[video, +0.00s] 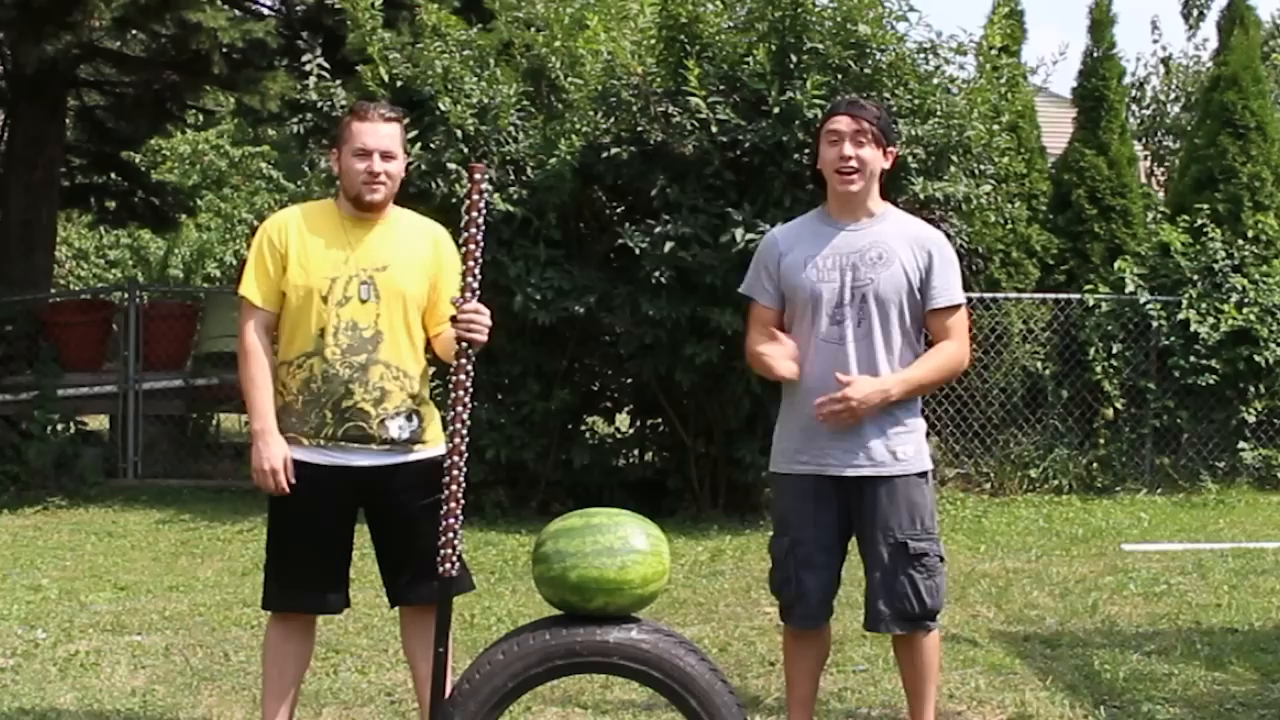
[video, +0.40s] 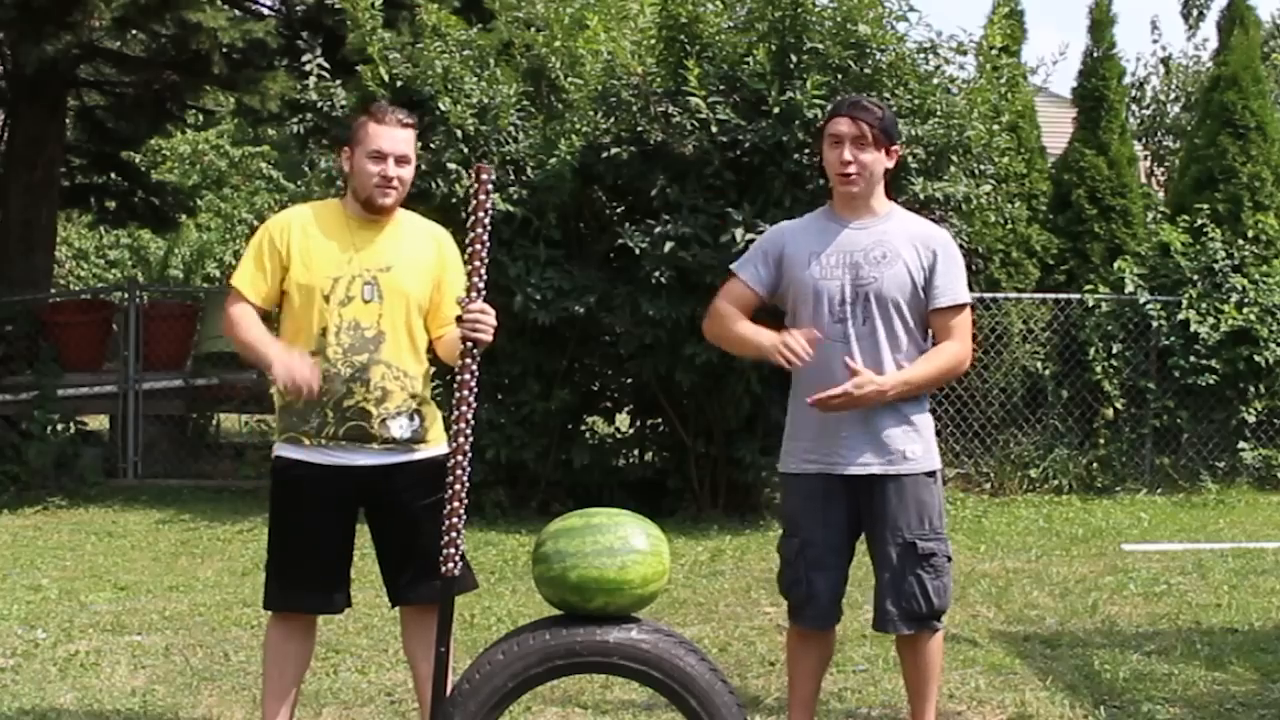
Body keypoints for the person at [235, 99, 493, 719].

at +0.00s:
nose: (376, 166)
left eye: (389, 155)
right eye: (363, 153)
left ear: (405, 165)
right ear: (335, 160)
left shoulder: (432, 240)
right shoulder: (285, 231)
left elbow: (442, 342)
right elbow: (255, 333)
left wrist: (467, 335)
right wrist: (264, 430)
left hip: (409, 456)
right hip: (310, 454)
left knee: (426, 599)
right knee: (293, 604)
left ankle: (438, 715)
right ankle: (275, 717)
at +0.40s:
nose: (391, 170)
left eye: (403, 160)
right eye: (377, 156)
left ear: (416, 168)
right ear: (346, 159)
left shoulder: (434, 243)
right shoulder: (289, 230)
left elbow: (446, 343)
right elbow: (237, 311)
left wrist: (472, 337)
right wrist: (276, 353)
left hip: (411, 455)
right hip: (311, 455)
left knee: (427, 600)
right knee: (294, 605)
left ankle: (438, 716)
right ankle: (275, 717)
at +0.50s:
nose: (392, 175)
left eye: (405, 164)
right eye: (380, 160)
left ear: (417, 170)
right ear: (349, 160)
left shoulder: (435, 244)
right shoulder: (294, 226)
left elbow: (448, 344)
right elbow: (224, 305)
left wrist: (475, 338)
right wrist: (285, 270)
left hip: (412, 455)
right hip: (312, 452)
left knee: (427, 600)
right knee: (294, 604)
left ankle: (438, 715)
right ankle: (275, 717)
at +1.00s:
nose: (395, 174)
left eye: (407, 164)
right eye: (382, 159)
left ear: (421, 172)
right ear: (351, 160)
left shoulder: (438, 244)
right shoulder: (296, 229)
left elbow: (450, 346)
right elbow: (246, 309)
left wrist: (479, 336)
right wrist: (272, 330)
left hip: (412, 454)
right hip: (312, 452)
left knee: (428, 596)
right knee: (295, 602)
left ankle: (437, 714)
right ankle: (275, 716)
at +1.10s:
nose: (392, 173)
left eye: (405, 163)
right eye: (379, 159)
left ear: (418, 171)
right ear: (349, 160)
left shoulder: (437, 244)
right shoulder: (295, 231)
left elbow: (449, 346)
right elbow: (263, 321)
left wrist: (478, 336)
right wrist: (263, 405)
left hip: (411, 454)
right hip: (311, 454)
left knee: (430, 599)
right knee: (294, 603)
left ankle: (438, 716)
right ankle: (275, 717)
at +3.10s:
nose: (407, 171)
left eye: (412, 159)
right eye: (392, 160)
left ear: (415, 163)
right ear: (347, 163)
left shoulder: (432, 239)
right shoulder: (286, 234)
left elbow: (444, 337)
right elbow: (256, 332)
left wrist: (469, 334)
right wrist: (241, 428)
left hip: (412, 461)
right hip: (310, 459)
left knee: (427, 605)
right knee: (294, 604)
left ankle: (440, 716)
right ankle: (275, 716)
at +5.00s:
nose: (369, 168)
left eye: (381, 157)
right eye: (356, 155)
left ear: (396, 166)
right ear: (328, 161)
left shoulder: (424, 239)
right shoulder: (282, 237)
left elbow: (446, 330)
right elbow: (254, 337)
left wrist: (457, 334)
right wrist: (253, 434)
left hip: (406, 458)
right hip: (307, 456)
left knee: (426, 603)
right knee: (293, 601)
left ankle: (438, 714)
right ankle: (277, 715)